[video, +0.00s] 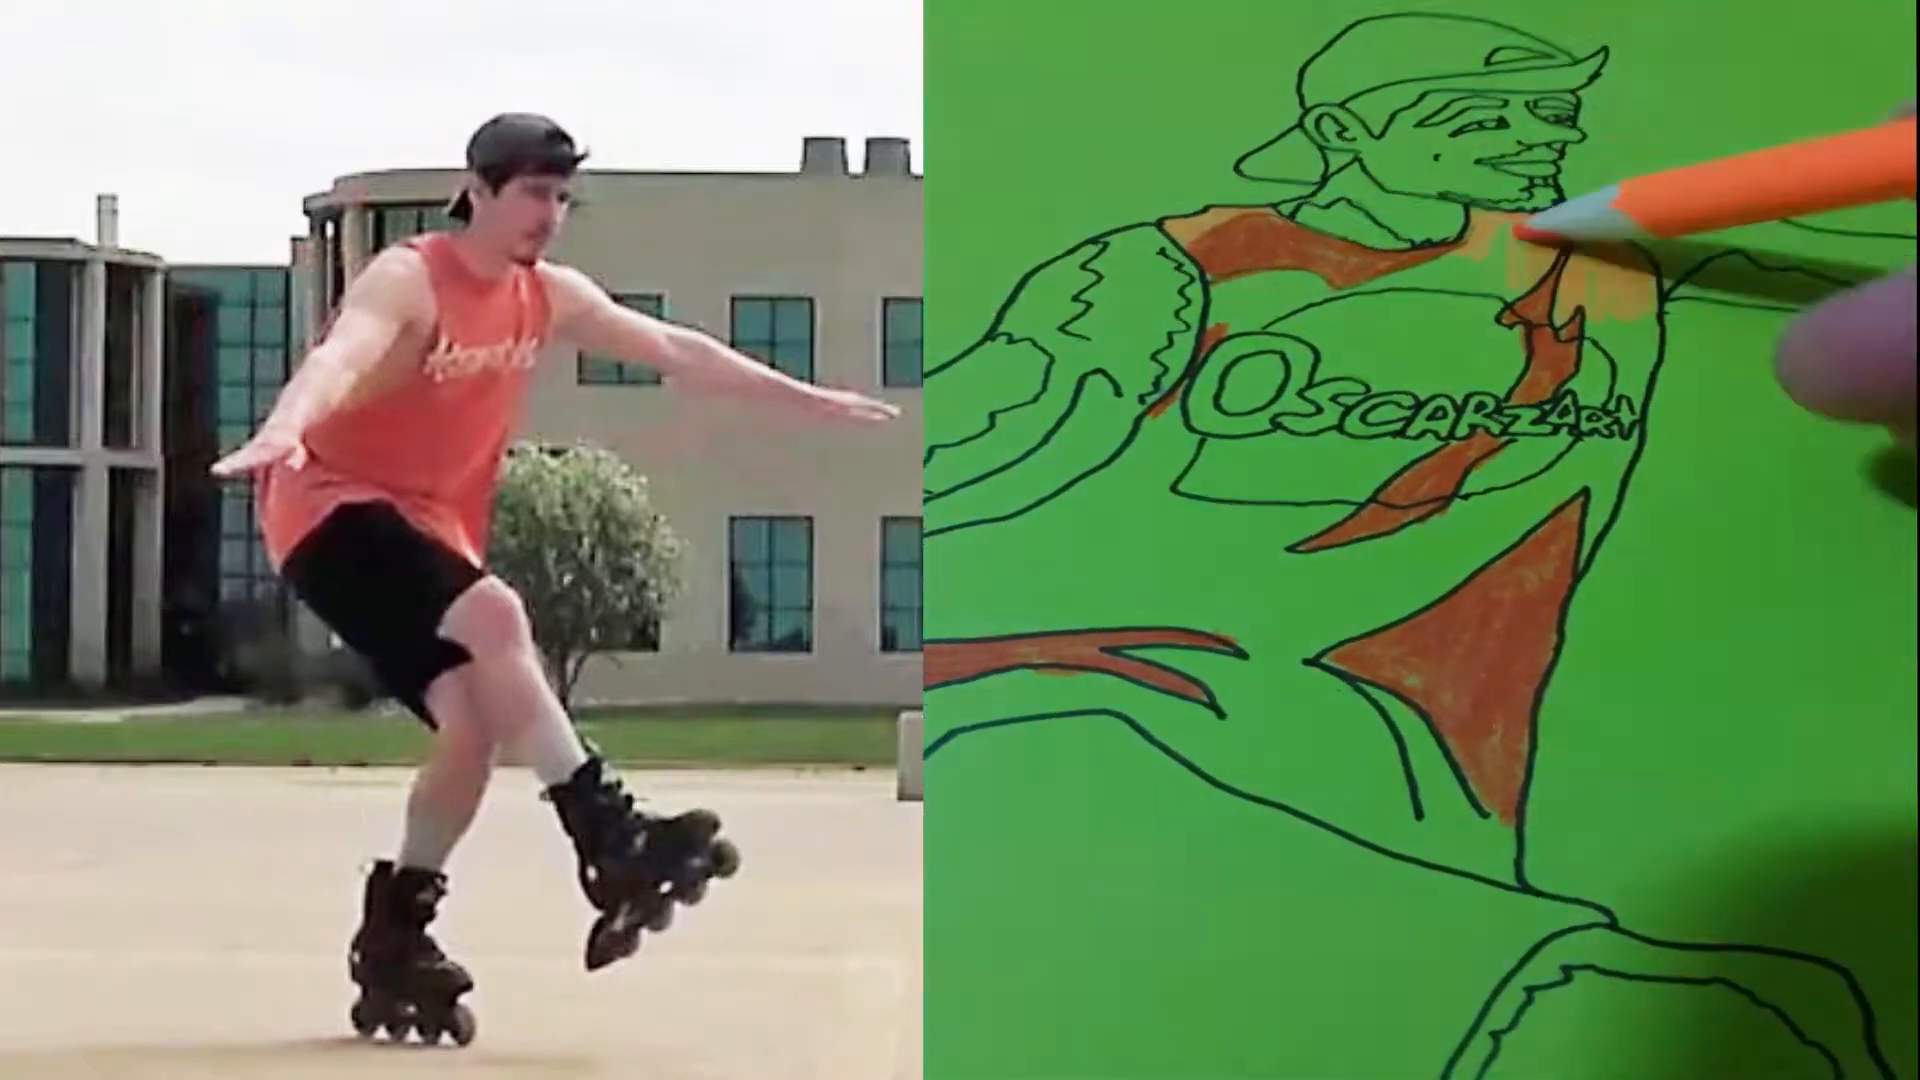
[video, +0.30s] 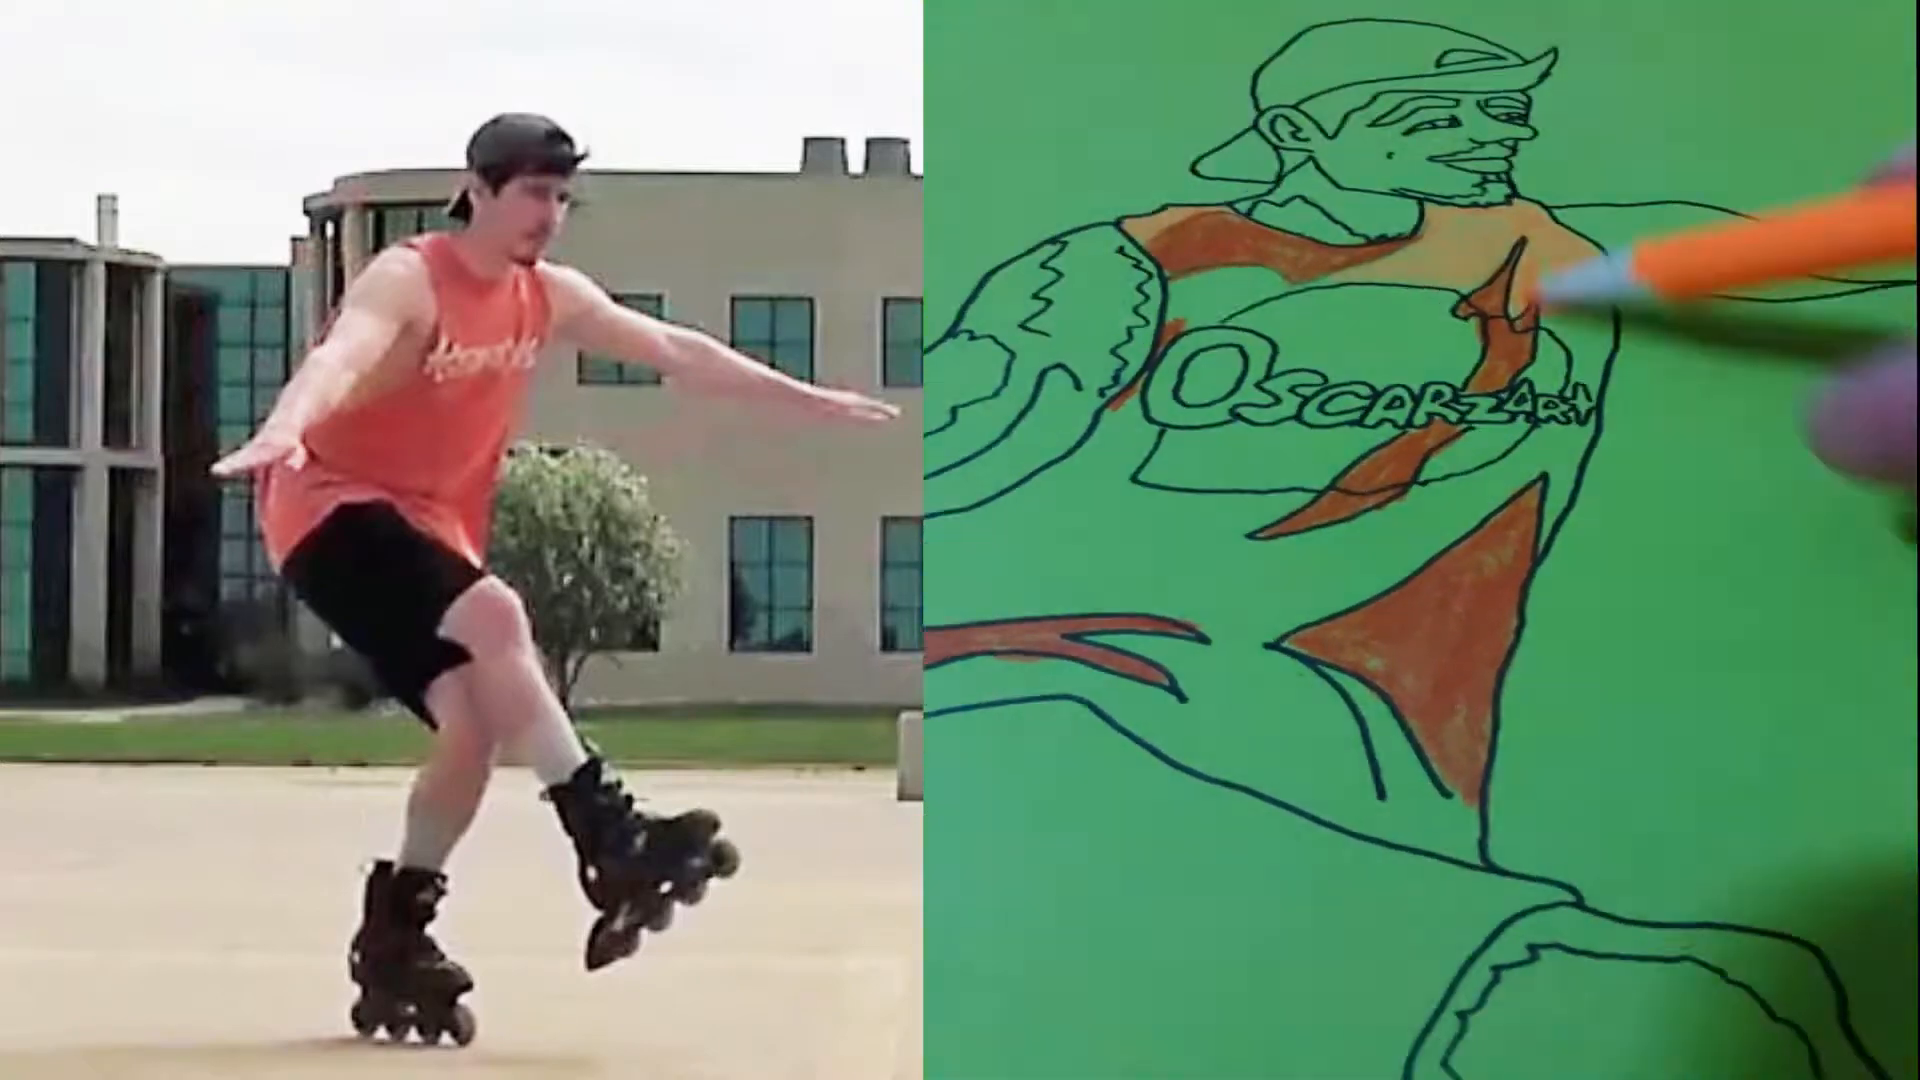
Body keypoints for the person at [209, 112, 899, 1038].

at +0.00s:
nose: (552, 214)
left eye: (562, 198)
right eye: (536, 195)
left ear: (562, 203)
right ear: (477, 191)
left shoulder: (551, 293)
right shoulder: (408, 274)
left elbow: (674, 349)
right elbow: (342, 356)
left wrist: (811, 399)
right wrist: (283, 428)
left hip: (436, 530)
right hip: (334, 505)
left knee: (477, 725)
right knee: (492, 616)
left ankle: (393, 935)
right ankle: (610, 841)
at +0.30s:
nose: (552, 214)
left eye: (562, 198)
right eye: (536, 195)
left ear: (562, 203)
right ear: (477, 191)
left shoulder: (551, 293)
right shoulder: (408, 274)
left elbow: (674, 350)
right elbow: (342, 356)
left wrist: (810, 399)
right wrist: (283, 428)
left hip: (436, 530)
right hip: (334, 504)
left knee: (477, 723)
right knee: (492, 616)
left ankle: (393, 937)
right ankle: (611, 842)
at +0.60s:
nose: (552, 214)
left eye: (562, 198)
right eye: (536, 194)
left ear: (562, 203)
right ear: (477, 191)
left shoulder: (551, 293)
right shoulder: (408, 274)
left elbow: (674, 349)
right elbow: (342, 356)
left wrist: (810, 399)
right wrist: (283, 428)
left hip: (436, 530)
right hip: (334, 504)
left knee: (477, 725)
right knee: (492, 616)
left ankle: (393, 936)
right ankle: (611, 842)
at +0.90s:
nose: (551, 215)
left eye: (561, 199)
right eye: (535, 195)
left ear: (563, 203)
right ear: (475, 191)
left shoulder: (551, 293)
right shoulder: (408, 274)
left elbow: (675, 350)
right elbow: (342, 355)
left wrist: (812, 400)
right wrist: (282, 429)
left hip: (437, 530)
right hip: (334, 505)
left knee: (477, 726)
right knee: (492, 616)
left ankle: (393, 935)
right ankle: (609, 839)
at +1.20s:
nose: (551, 214)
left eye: (561, 198)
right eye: (534, 195)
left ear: (563, 203)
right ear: (476, 191)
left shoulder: (552, 293)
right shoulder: (409, 274)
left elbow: (676, 351)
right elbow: (342, 355)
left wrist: (812, 400)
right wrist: (283, 428)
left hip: (437, 530)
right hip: (335, 506)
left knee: (477, 724)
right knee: (492, 616)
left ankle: (393, 937)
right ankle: (610, 841)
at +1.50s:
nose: (551, 215)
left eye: (561, 199)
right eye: (535, 195)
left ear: (563, 204)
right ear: (476, 191)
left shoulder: (551, 293)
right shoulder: (408, 274)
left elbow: (674, 350)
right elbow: (341, 356)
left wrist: (810, 399)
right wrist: (282, 429)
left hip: (437, 531)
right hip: (334, 505)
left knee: (477, 726)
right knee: (492, 616)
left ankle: (393, 934)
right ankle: (609, 839)